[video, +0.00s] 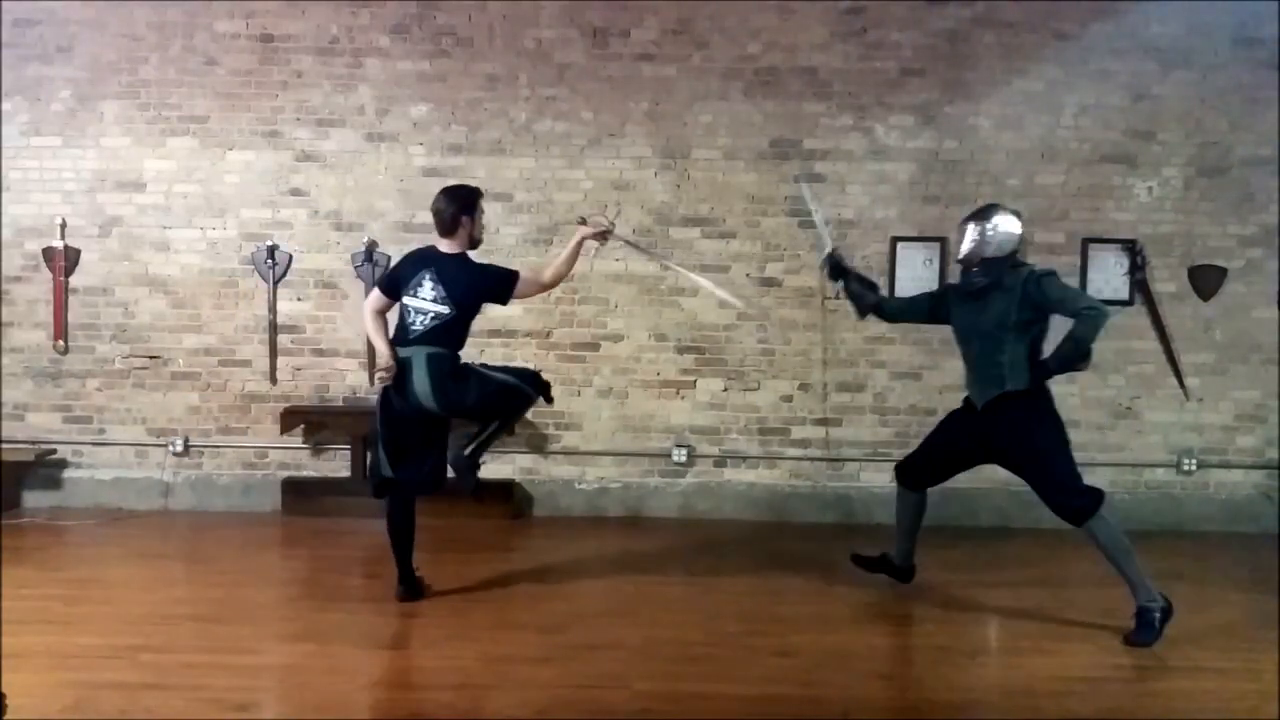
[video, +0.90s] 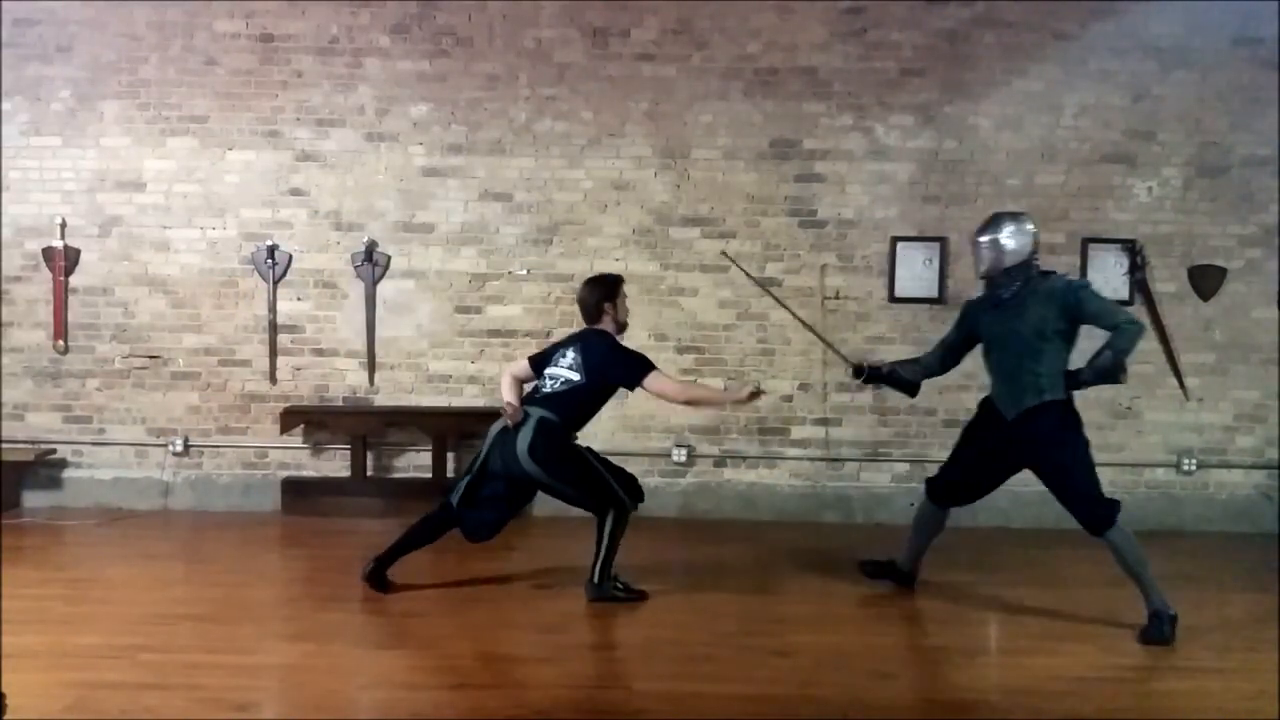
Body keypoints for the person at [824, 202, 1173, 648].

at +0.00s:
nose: (963, 246)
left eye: (971, 237)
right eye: (965, 237)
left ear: (991, 240)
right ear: (997, 243)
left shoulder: (1031, 283)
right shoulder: (955, 296)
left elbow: (1093, 313)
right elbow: (886, 307)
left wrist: (1062, 359)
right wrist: (845, 276)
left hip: (1026, 415)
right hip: (977, 418)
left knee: (1076, 504)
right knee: (911, 474)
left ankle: (1150, 601)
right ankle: (900, 562)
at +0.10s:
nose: (937, 253)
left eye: (945, 244)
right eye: (937, 245)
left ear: (962, 251)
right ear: (951, 253)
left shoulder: (1001, 292)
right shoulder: (924, 304)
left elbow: (1068, 319)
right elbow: (875, 327)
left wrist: (1044, 360)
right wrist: (836, 331)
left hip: (999, 417)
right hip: (952, 421)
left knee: (1056, 502)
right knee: (890, 480)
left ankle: (1132, 599)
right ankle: (887, 569)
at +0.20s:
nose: (900, 269)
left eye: (906, 261)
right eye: (901, 260)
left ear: (920, 264)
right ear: (941, 263)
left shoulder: (977, 302)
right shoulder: (898, 320)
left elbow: (1046, 324)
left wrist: (1019, 370)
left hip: (981, 424)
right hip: (931, 424)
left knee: (1035, 506)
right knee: (869, 483)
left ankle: (1108, 599)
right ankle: (882, 566)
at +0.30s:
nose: (883, 286)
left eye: (890, 275)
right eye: (880, 277)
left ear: (913, 273)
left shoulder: (958, 307)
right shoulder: (880, 336)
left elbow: (1025, 324)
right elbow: (862, 403)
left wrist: (1000, 372)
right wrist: (852, 455)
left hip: (971, 431)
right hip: (918, 432)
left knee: (1031, 510)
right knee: (858, 487)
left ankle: (1096, 598)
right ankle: (880, 565)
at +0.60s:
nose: (882, 293)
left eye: (888, 283)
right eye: (878, 285)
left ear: (911, 279)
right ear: (877, 290)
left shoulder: (961, 310)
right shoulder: (885, 343)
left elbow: (1030, 322)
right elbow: (874, 406)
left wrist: (1011, 370)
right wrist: (866, 458)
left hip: (981, 431)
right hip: (928, 433)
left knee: (1043, 508)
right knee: (867, 488)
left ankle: (1112, 595)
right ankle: (880, 566)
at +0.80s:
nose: (939, 269)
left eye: (947, 260)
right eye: (938, 261)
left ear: (973, 259)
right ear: (948, 265)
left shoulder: (1020, 295)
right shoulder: (944, 317)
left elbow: (1092, 323)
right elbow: (913, 368)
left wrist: (1065, 367)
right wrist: (875, 395)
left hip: (1022, 425)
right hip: (969, 425)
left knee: (1077, 513)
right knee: (910, 490)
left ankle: (1149, 603)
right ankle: (881, 566)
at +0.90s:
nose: (981, 258)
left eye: (989, 249)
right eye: (981, 249)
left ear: (1015, 249)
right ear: (991, 251)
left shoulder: (1062, 293)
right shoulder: (980, 311)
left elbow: (1130, 327)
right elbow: (938, 360)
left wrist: (1093, 371)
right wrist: (885, 372)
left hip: (1050, 422)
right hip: (996, 423)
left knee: (1097, 515)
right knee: (940, 493)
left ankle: (1159, 608)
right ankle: (906, 568)